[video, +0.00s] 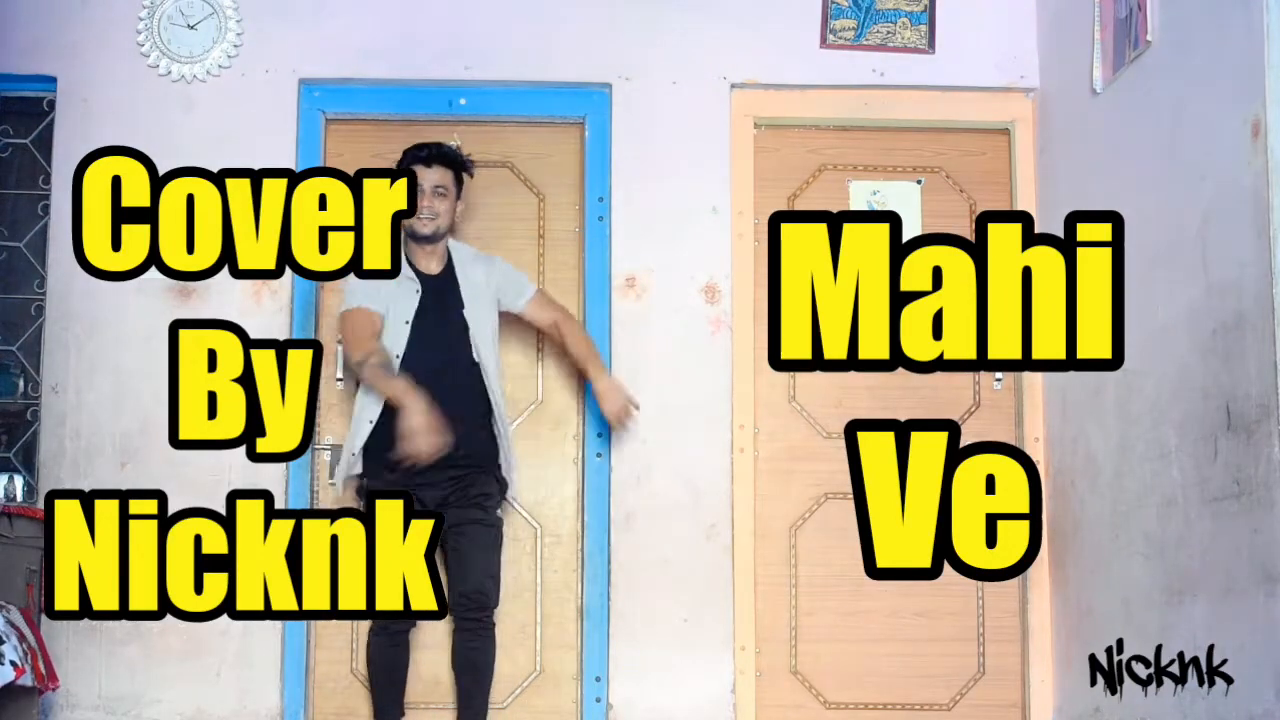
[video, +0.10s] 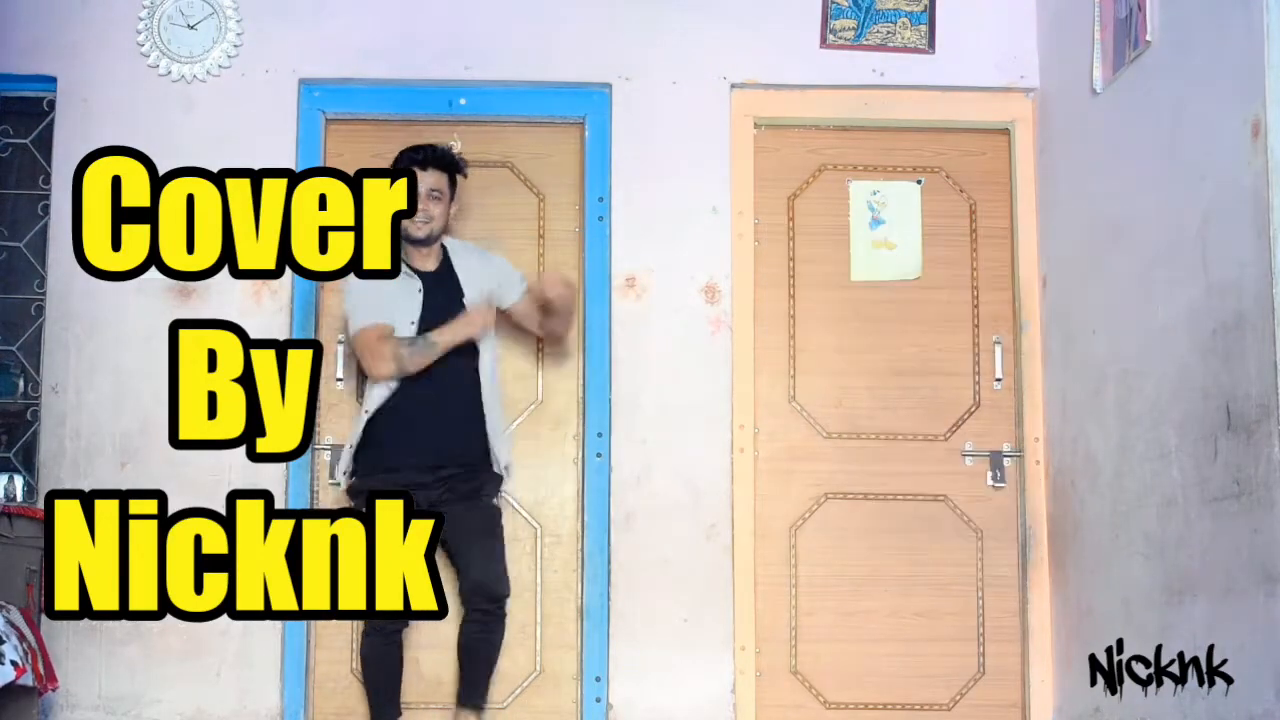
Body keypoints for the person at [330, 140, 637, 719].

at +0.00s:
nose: (427, 201)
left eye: (439, 191)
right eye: (416, 190)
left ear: (458, 201)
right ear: (398, 199)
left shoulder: (485, 271)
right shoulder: (372, 274)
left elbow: (559, 320)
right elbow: (360, 349)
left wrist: (601, 380)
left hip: (473, 472)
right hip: (395, 476)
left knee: (476, 611)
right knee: (393, 613)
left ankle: (473, 718)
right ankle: (387, 717)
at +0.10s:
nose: (424, 206)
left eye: (436, 195)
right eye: (414, 194)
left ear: (453, 204)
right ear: (394, 201)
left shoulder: (481, 267)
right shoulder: (369, 276)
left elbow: (549, 333)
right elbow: (380, 363)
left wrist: (559, 305)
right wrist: (456, 331)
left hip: (466, 474)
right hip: (388, 478)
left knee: (488, 594)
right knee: (383, 611)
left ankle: (470, 711)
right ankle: (384, 717)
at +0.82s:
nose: (466, 238)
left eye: (480, 230)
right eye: (457, 222)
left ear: (493, 237)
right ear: (436, 222)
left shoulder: (505, 285)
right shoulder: (407, 312)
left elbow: (572, 334)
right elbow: (420, 406)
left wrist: (557, 259)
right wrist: (479, 339)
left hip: (513, 490)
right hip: (435, 499)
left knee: (570, 585)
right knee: (417, 628)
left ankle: (544, 713)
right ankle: (404, 719)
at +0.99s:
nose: (485, 228)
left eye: (501, 220)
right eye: (477, 213)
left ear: (513, 226)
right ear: (457, 210)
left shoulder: (527, 272)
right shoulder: (426, 295)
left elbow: (598, 310)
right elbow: (449, 385)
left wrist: (629, 243)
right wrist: (538, 354)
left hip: (548, 484)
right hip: (468, 495)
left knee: (593, 601)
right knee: (437, 625)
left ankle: (600, 715)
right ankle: (412, 716)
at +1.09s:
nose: (497, 225)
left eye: (511, 215)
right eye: (487, 209)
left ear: (525, 219)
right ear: (467, 206)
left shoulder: (542, 269)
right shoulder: (441, 279)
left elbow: (632, 282)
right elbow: (462, 371)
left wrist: (710, 261)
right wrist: (536, 394)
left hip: (579, 469)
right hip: (501, 479)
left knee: (601, 609)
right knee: (473, 611)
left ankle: (606, 717)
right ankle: (460, 707)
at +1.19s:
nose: (515, 223)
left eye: (528, 212)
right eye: (503, 209)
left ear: (543, 220)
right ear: (484, 213)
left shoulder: (568, 282)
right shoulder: (451, 285)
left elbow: (651, 310)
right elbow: (443, 375)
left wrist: (669, 324)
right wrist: (505, 353)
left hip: (603, 473)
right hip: (527, 486)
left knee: (612, 611)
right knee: (526, 602)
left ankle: (608, 717)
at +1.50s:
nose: (549, 233)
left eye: (558, 218)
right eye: (534, 223)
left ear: (572, 219)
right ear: (514, 228)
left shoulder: (600, 297)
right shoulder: (486, 287)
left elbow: (630, 382)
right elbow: (444, 348)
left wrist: (569, 340)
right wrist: (459, 262)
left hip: (609, 488)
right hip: (530, 494)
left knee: (615, 620)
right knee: (495, 600)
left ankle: (613, 718)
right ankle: (520, 703)